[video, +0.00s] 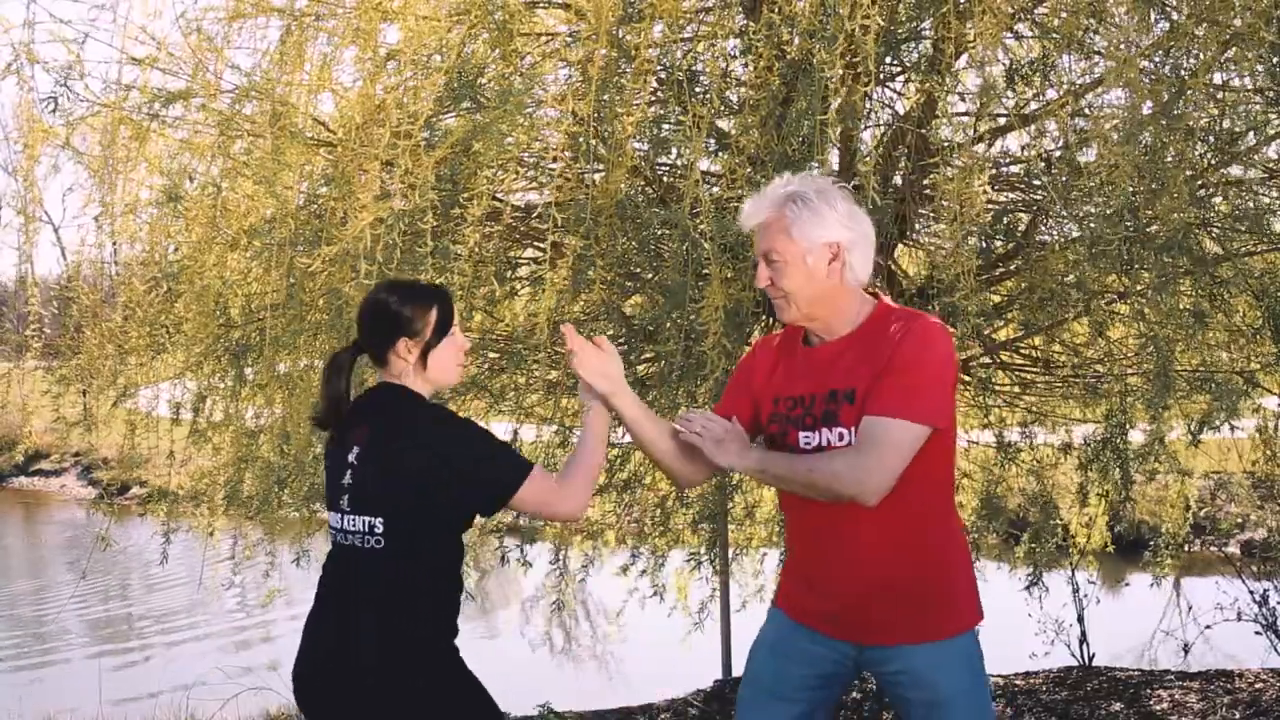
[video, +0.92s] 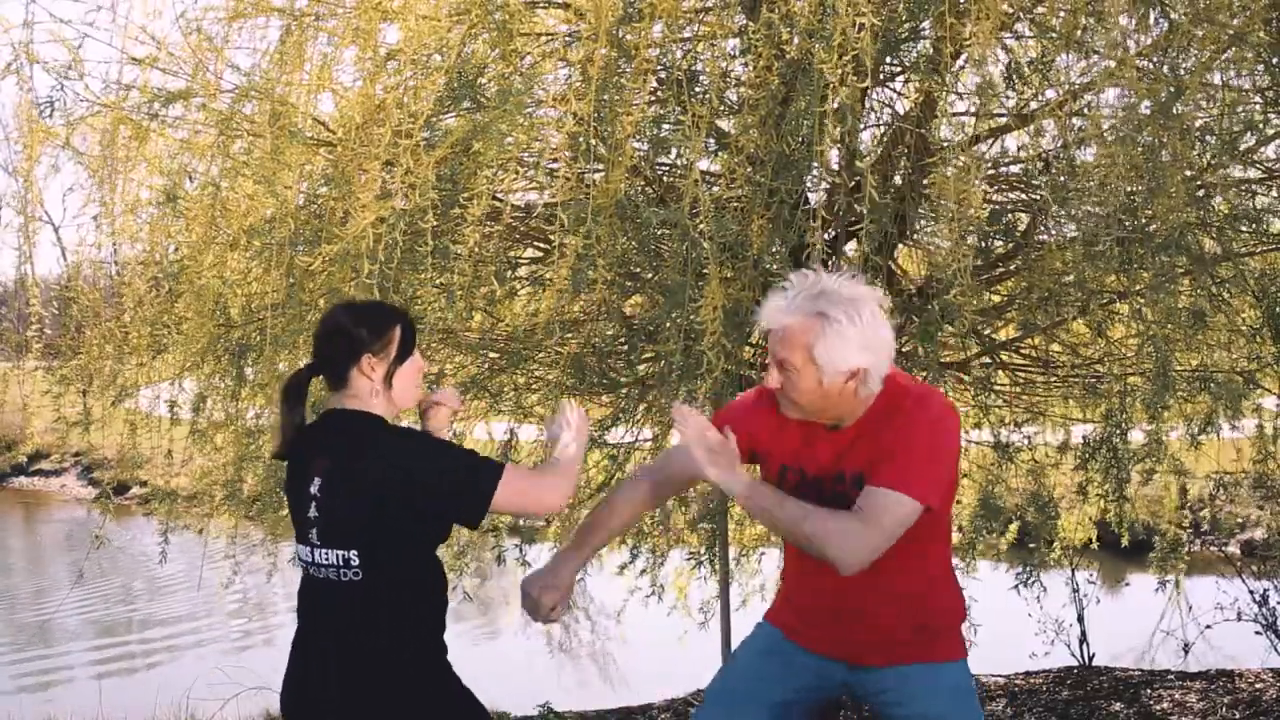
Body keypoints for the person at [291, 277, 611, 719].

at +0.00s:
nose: (465, 343)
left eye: (459, 329)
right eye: (452, 332)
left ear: (402, 351)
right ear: (409, 350)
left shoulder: (350, 422)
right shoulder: (441, 435)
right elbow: (570, 501)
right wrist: (599, 402)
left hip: (325, 671)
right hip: (412, 675)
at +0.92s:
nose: (423, 366)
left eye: (416, 352)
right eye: (411, 353)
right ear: (372, 366)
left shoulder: (307, 447)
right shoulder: (406, 455)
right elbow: (551, 492)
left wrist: (433, 435)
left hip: (312, 688)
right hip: (404, 689)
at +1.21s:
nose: (422, 386)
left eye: (416, 374)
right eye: (411, 375)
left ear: (362, 388)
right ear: (365, 389)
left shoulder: (303, 465)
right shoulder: (409, 469)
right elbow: (537, 534)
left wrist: (411, 454)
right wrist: (603, 557)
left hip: (300, 699)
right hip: (393, 699)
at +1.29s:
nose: (427, 382)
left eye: (420, 371)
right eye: (414, 373)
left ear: (366, 389)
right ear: (369, 389)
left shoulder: (317, 464)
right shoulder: (415, 471)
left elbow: (417, 544)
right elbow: (543, 532)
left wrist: (445, 457)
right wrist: (598, 553)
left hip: (309, 700)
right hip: (399, 702)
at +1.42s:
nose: (435, 375)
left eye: (428, 364)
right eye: (422, 366)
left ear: (376, 391)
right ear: (383, 389)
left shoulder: (344, 463)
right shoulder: (433, 468)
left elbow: (446, 535)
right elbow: (548, 551)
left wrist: (467, 447)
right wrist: (617, 592)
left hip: (323, 695)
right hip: (412, 699)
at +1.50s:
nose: (441, 373)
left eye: (433, 363)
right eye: (430, 365)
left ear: (389, 389)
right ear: (393, 387)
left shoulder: (362, 460)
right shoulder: (445, 473)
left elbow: (499, 492)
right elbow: (548, 568)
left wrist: (524, 413)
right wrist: (598, 615)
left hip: (334, 694)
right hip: (420, 698)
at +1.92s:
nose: (431, 362)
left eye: (425, 347)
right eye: (420, 348)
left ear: (375, 362)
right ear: (380, 361)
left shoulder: (355, 437)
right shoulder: (428, 450)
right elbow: (541, 515)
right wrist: (549, 465)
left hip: (345, 684)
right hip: (427, 689)